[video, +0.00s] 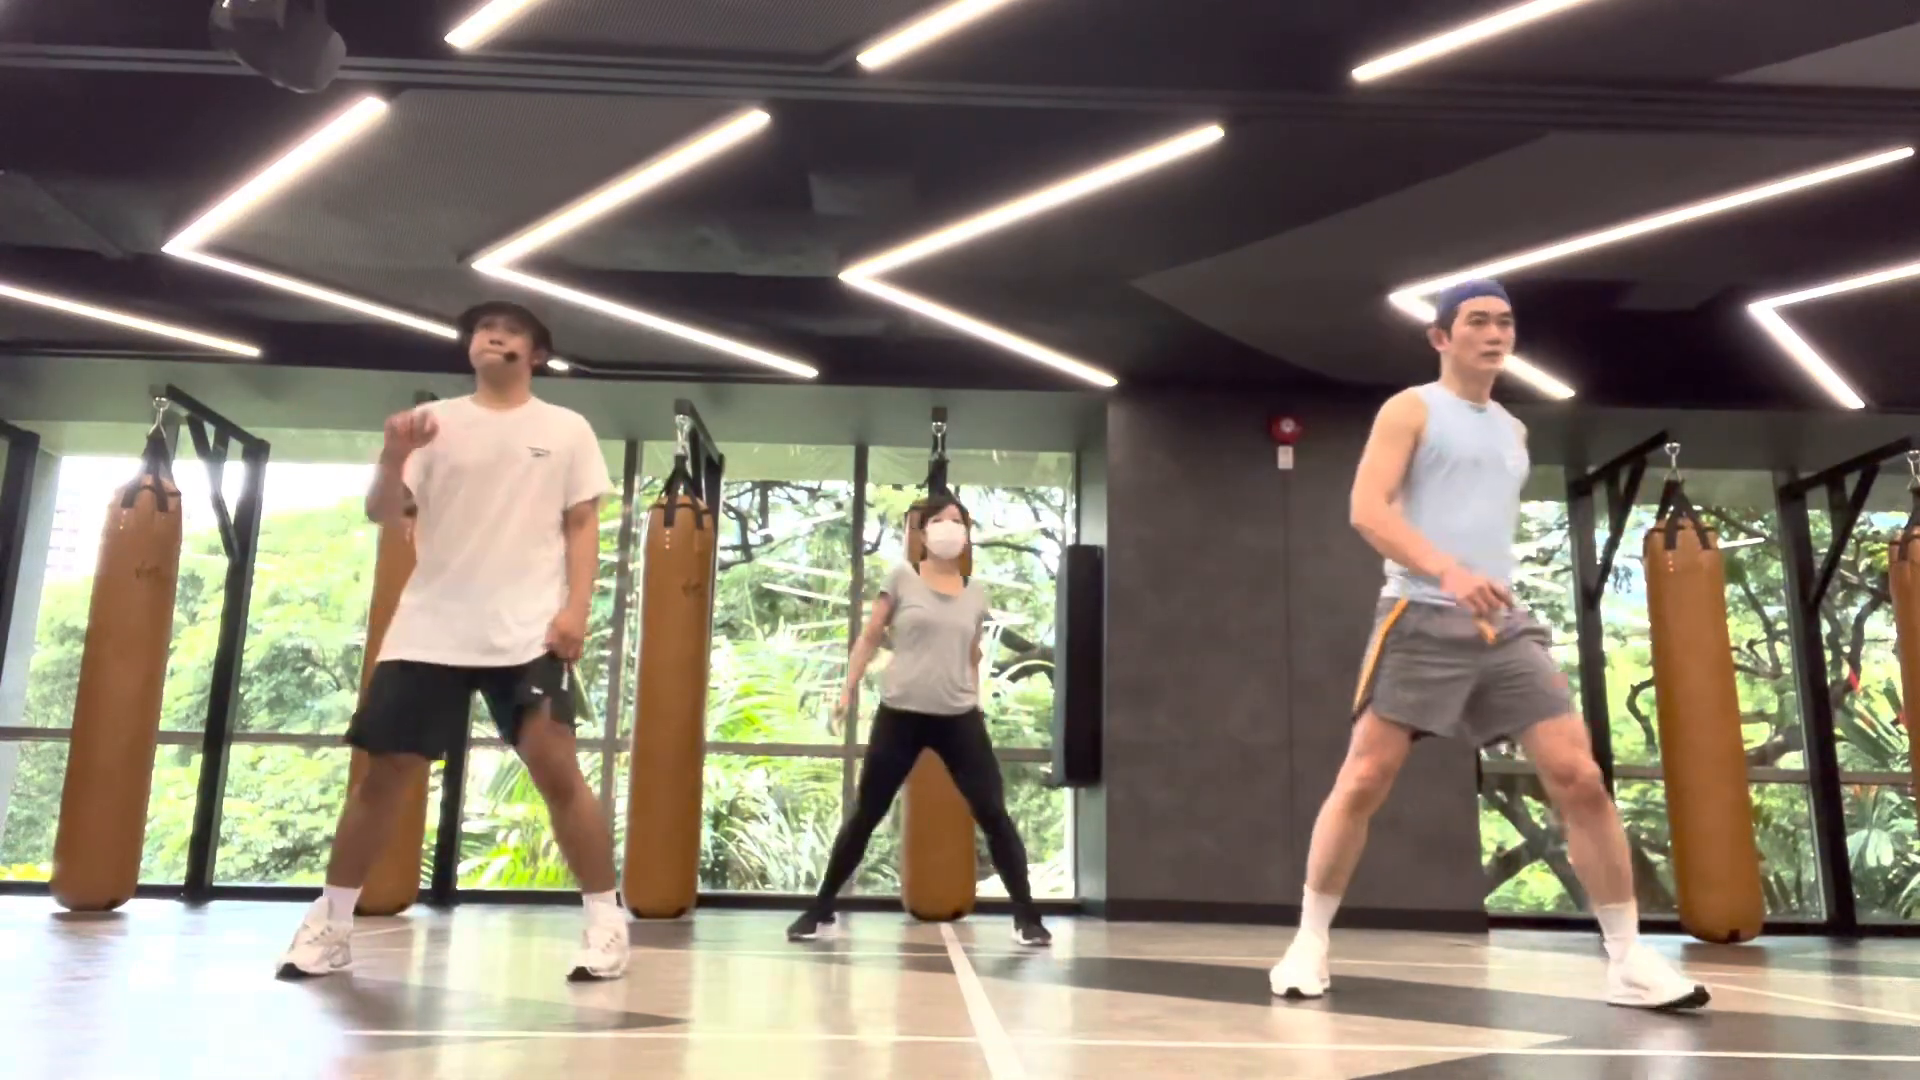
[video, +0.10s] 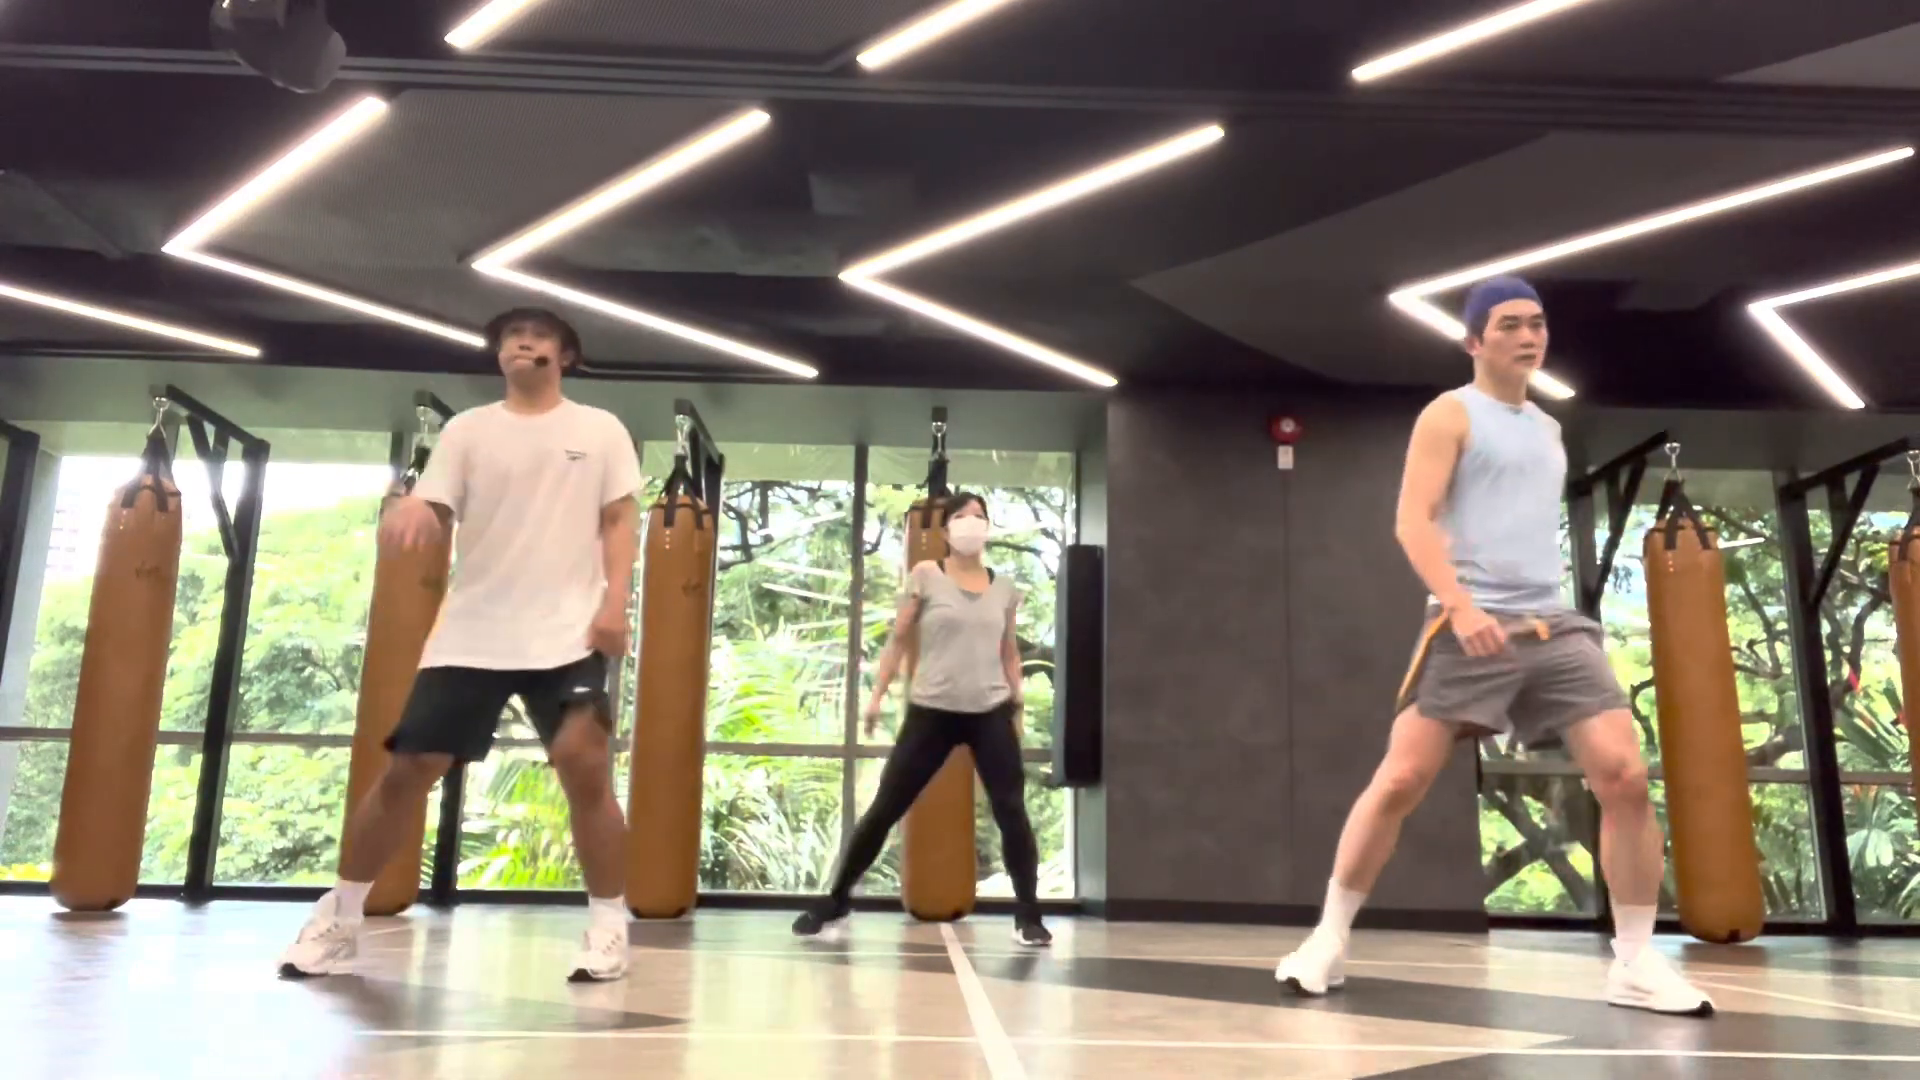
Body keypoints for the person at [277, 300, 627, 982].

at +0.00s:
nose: (496, 338)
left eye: (513, 331)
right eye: (485, 329)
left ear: (537, 354)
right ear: (467, 349)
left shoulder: (566, 430)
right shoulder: (431, 421)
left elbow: (582, 526)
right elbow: (382, 511)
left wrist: (576, 608)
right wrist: (395, 453)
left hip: (524, 630)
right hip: (429, 628)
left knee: (553, 765)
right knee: (381, 773)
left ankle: (606, 922)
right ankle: (330, 924)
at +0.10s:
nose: (527, 345)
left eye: (541, 336)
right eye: (515, 337)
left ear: (567, 356)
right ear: (497, 354)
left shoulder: (602, 429)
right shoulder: (466, 428)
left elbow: (619, 522)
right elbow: (431, 518)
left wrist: (616, 602)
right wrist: (407, 506)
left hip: (566, 629)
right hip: (471, 629)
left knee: (583, 761)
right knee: (405, 769)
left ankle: (609, 929)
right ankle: (339, 920)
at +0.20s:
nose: (548, 339)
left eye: (563, 330)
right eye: (536, 330)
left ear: (586, 348)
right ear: (519, 348)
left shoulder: (625, 421)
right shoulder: (490, 424)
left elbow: (660, 505)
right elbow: (469, 515)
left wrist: (658, 580)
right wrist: (431, 562)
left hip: (596, 618)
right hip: (503, 616)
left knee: (598, 751)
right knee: (438, 753)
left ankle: (609, 925)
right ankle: (390, 898)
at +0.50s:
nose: (574, 359)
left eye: (589, 349)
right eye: (563, 349)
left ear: (614, 364)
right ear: (547, 364)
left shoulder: (649, 437)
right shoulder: (520, 443)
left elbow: (685, 525)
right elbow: (510, 543)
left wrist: (663, 613)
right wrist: (482, 617)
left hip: (622, 625)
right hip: (537, 623)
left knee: (616, 753)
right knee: (550, 757)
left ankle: (612, 925)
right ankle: (563, 918)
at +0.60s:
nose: (579, 379)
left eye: (593, 368)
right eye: (567, 368)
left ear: (616, 381)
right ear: (550, 381)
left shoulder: (650, 453)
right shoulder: (526, 453)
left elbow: (687, 543)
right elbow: (516, 553)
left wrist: (657, 626)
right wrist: (479, 625)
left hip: (617, 636)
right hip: (536, 632)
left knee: (614, 756)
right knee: (518, 751)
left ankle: (610, 924)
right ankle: (547, 902)